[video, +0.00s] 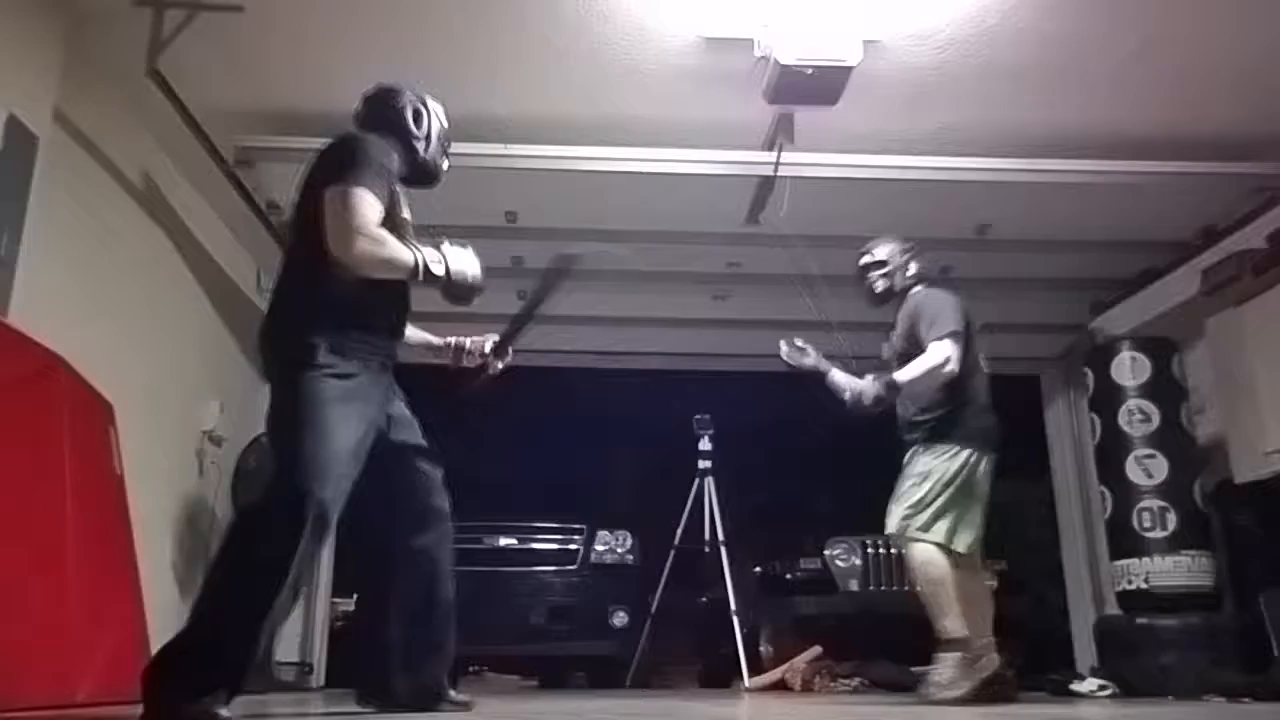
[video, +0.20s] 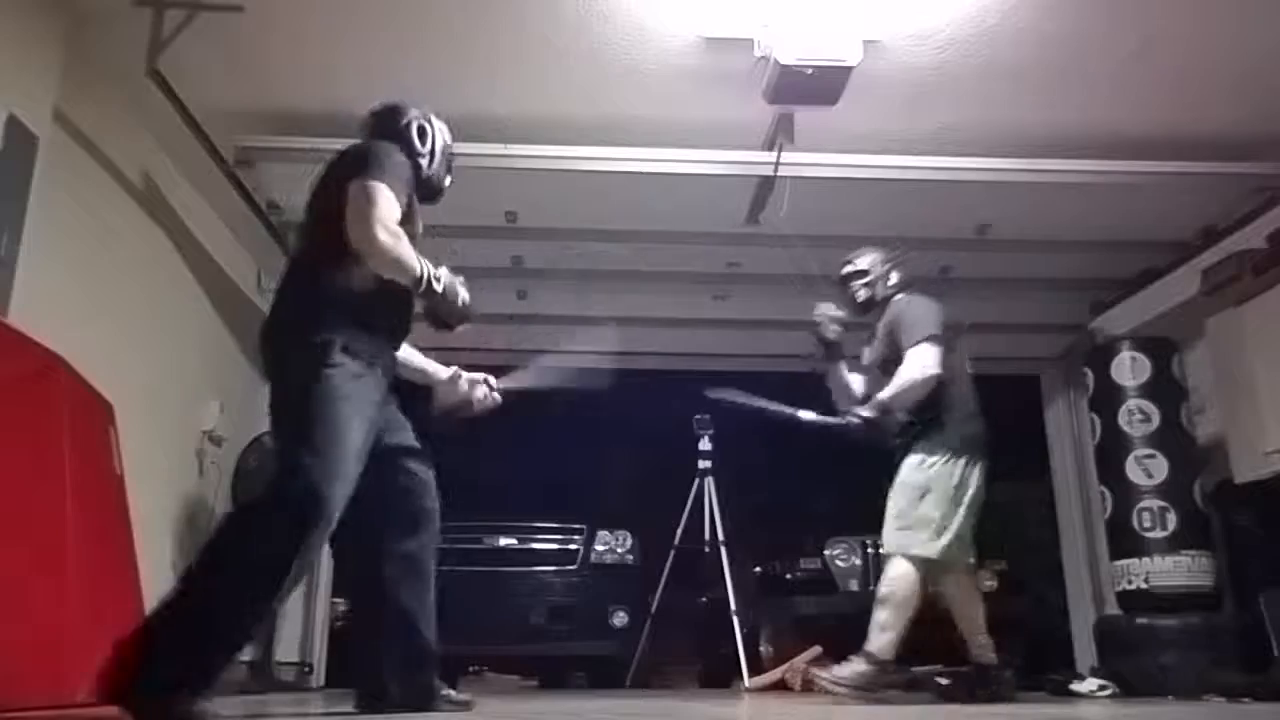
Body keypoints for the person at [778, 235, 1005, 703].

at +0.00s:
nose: (870, 276)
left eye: (878, 266)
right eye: (866, 271)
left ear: (906, 263)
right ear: (868, 278)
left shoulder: (932, 298)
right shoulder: (901, 324)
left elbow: (946, 358)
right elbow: (871, 395)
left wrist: (889, 384)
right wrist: (821, 365)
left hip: (953, 438)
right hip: (942, 440)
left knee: (911, 529)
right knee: (958, 551)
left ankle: (957, 650)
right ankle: (982, 658)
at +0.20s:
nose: (854, 288)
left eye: (860, 278)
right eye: (849, 282)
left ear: (886, 274)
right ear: (852, 290)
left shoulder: (913, 306)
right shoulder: (884, 330)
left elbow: (925, 369)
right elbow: (858, 396)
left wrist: (874, 406)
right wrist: (832, 353)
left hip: (945, 444)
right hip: (937, 446)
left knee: (904, 550)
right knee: (952, 559)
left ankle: (875, 661)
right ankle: (986, 663)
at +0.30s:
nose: (838, 288)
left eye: (846, 278)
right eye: (833, 282)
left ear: (874, 277)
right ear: (833, 291)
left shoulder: (894, 308)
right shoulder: (861, 334)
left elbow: (885, 365)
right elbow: (859, 404)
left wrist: (831, 394)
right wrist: (835, 402)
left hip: (935, 444)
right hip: (920, 447)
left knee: (888, 551)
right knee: (940, 567)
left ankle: (852, 661)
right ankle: (987, 667)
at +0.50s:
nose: (786, 303)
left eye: (796, 293)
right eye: (784, 296)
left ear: (829, 293)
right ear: (827, 299)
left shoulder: (833, 333)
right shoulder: (857, 333)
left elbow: (774, 354)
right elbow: (872, 402)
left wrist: (707, 360)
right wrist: (823, 422)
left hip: (917, 451)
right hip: (936, 453)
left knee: (855, 550)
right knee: (899, 570)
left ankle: (838, 670)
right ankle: (978, 662)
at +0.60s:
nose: (781, 306)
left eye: (790, 295)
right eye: (776, 299)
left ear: (820, 296)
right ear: (771, 310)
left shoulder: (830, 336)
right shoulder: (845, 335)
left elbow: (764, 389)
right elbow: (851, 398)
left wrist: (723, 402)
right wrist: (810, 422)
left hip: (915, 445)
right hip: (933, 448)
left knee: (851, 547)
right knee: (895, 572)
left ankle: (838, 671)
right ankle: (1005, 648)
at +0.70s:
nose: (780, 300)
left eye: (790, 289)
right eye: (777, 293)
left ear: (823, 291)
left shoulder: (846, 334)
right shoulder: (832, 342)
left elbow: (863, 395)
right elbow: (840, 394)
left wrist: (842, 442)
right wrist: (795, 411)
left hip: (917, 446)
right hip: (920, 450)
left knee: (844, 541)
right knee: (909, 574)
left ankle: (836, 667)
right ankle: (1040, 634)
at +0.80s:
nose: (804, 294)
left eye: (813, 284)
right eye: (801, 286)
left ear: (841, 284)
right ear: (809, 294)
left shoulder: (871, 326)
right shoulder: (841, 340)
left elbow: (925, 385)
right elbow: (845, 397)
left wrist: (908, 445)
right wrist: (791, 399)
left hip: (915, 461)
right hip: (916, 465)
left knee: (847, 546)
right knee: (940, 577)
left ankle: (836, 670)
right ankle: (1068, 637)